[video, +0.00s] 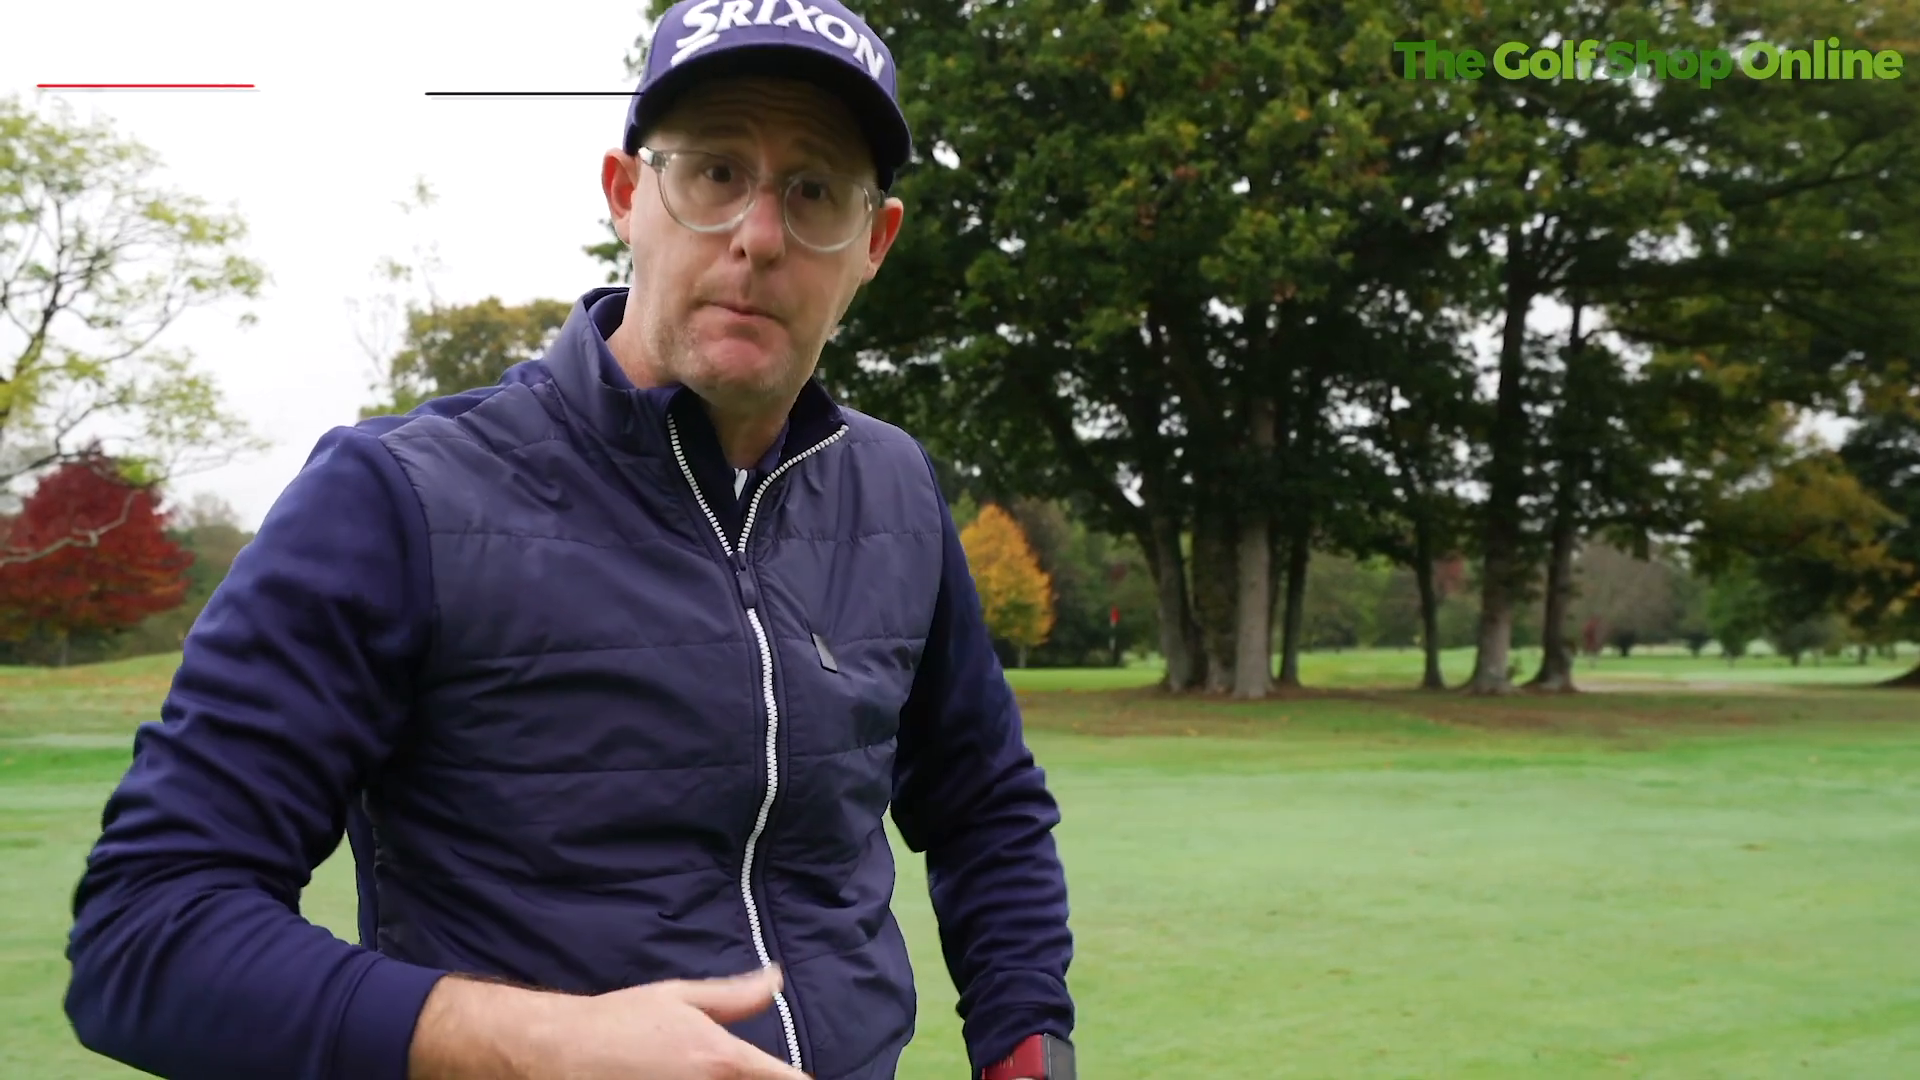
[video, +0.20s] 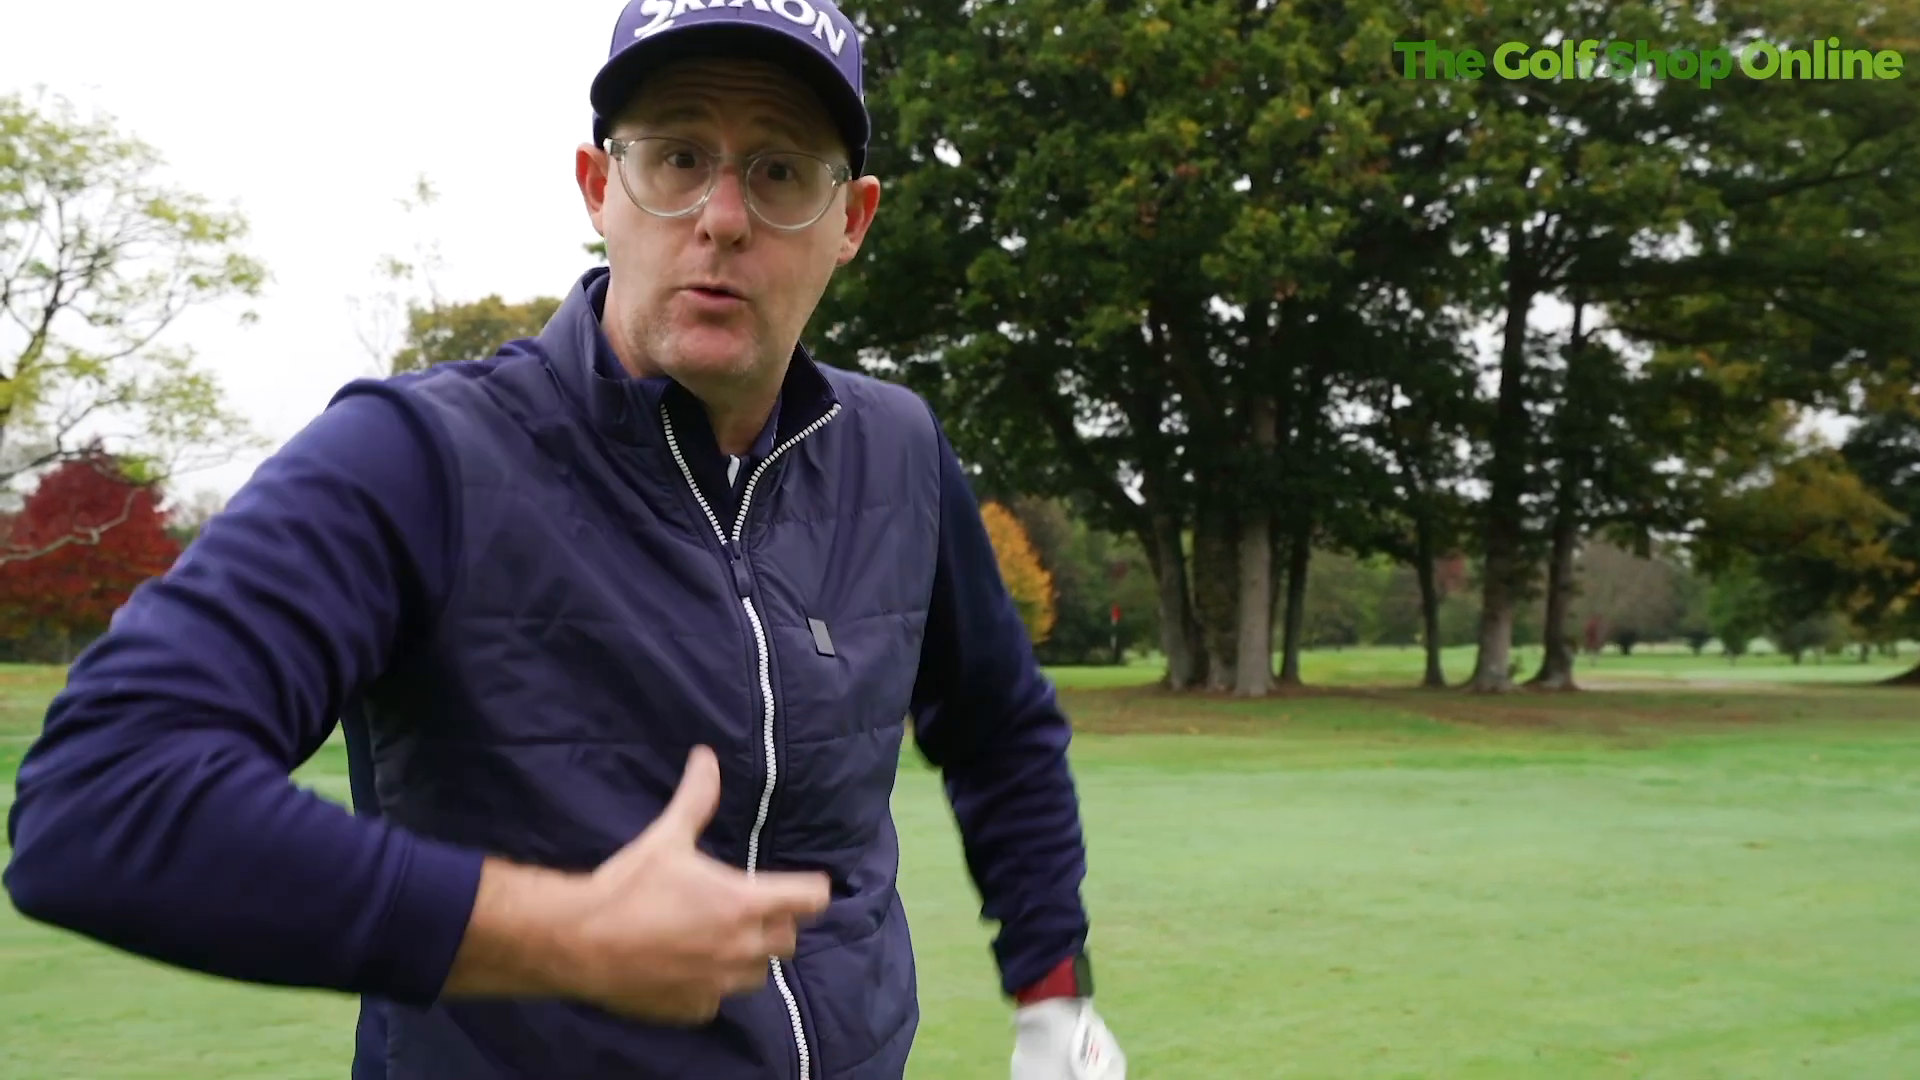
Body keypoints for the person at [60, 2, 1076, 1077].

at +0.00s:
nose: (757, 234)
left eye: (812, 190)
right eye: (717, 171)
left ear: (872, 247)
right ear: (624, 195)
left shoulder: (890, 494)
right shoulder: (405, 496)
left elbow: (989, 812)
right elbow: (146, 930)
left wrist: (1024, 1052)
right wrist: (532, 1037)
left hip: (853, 1061)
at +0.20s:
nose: (723, 218)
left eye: (779, 171)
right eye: (679, 161)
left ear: (851, 223)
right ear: (599, 191)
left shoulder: (898, 459)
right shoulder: (422, 455)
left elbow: (1006, 740)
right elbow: (98, 806)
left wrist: (1052, 1002)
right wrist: (546, 929)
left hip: (854, 1052)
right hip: (510, 1056)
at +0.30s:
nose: (718, 230)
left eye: (779, 183)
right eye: (677, 167)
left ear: (853, 229)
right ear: (597, 184)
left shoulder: (901, 436)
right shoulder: (432, 431)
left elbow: (1023, 672)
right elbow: (159, 832)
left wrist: (1075, 920)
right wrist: (629, 878)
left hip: (841, 1049)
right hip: (501, 1053)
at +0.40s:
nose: (722, 262)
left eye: (784, 214)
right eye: (688, 188)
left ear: (858, 252)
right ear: (608, 187)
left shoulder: (890, 432)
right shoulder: (418, 465)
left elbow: (1005, 678)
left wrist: (1058, 925)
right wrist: (719, 886)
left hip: (847, 1049)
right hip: (550, 1053)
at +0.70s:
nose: (750, 266)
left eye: (811, 212)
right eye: (713, 188)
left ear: (878, 244)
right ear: (619, 179)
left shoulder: (897, 450)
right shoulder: (404, 486)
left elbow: (938, 699)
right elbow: (237, 975)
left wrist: (969, 930)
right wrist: (602, 974)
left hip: (852, 1049)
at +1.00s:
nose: (784, 235)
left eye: (837, 181)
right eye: (738, 161)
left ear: (887, 224)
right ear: (631, 169)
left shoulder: (898, 473)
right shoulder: (402, 513)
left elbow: (839, 821)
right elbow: (259, 968)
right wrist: (564, 1061)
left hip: (859, 1056)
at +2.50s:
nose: (849, 310)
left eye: (869, 248)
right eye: (793, 249)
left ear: (891, 224)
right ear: (629, 219)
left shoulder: (849, 484)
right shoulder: (410, 553)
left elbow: (887, 853)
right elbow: (366, 1024)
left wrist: (913, 1064)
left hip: (828, 1053)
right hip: (572, 1058)